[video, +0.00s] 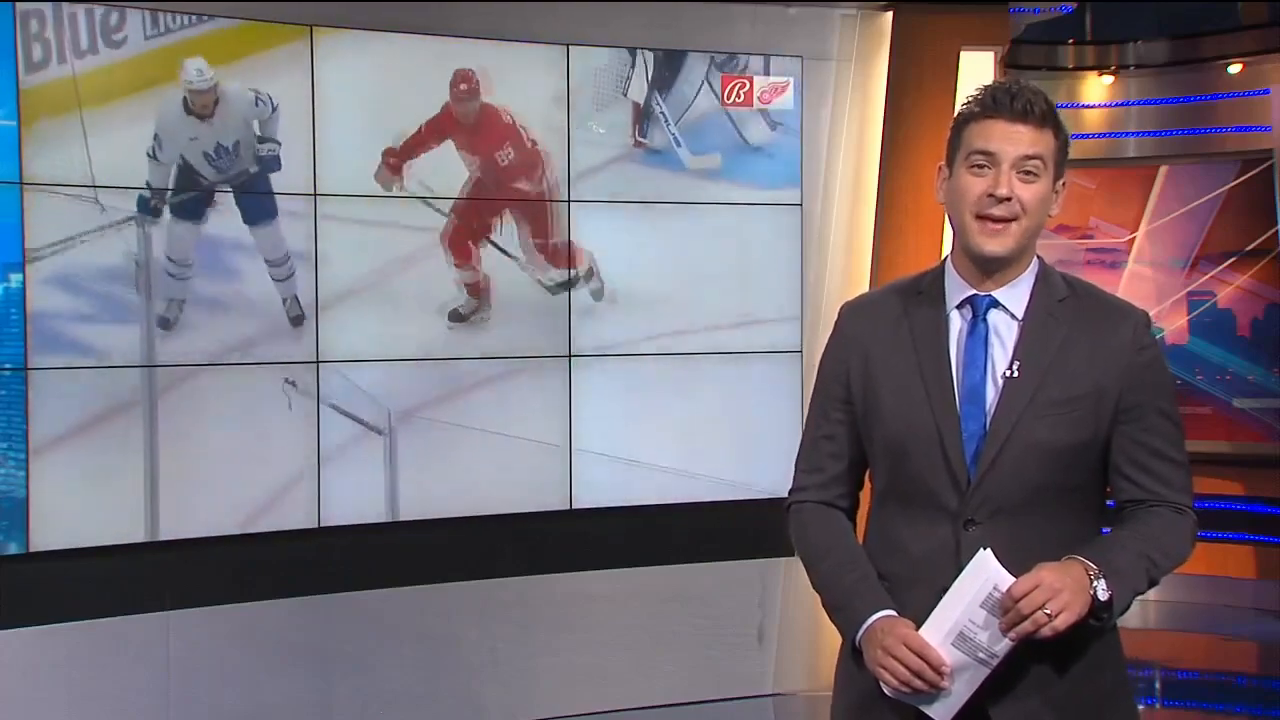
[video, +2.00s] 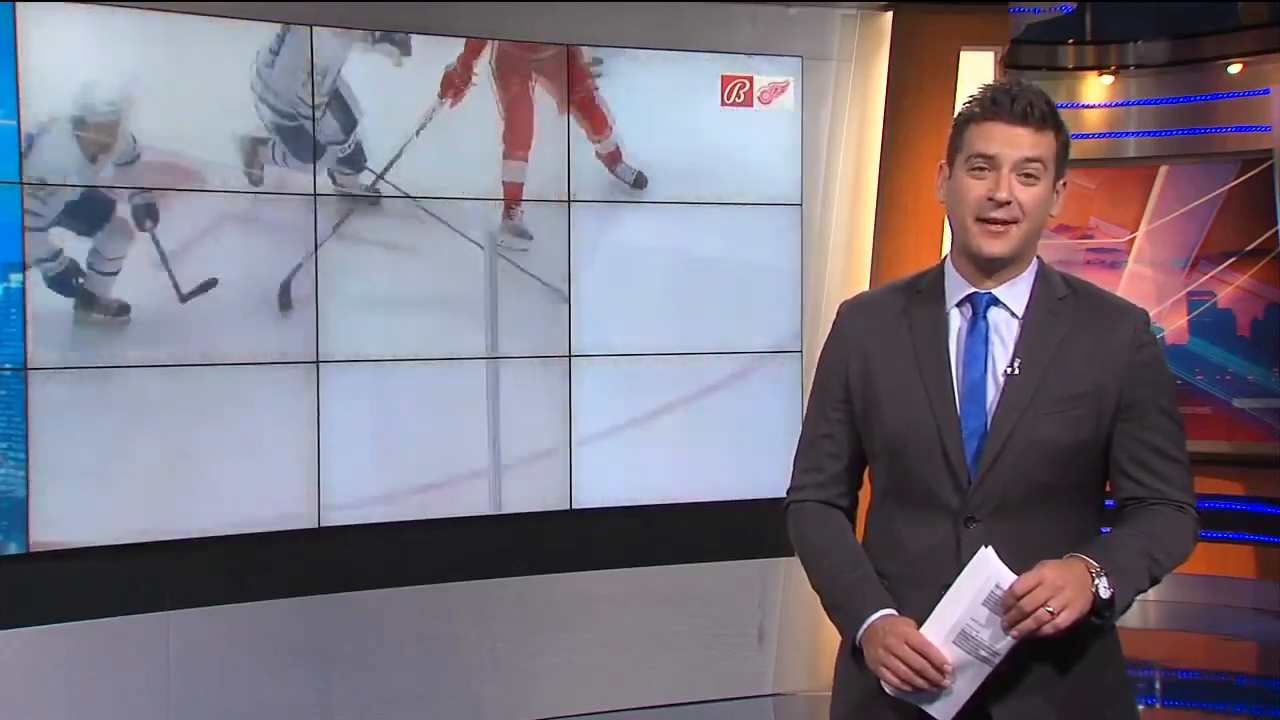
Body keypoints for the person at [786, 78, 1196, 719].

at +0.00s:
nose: (1001, 189)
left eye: (1027, 172)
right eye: (980, 165)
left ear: (1054, 197)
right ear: (944, 183)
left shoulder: (1119, 337)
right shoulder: (866, 327)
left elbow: (1164, 512)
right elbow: (817, 501)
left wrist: (1093, 574)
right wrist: (870, 620)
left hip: (1056, 692)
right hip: (892, 687)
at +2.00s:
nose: (1002, 193)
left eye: (1027, 174)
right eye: (980, 168)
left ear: (1056, 196)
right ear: (944, 183)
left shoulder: (1118, 336)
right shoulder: (864, 327)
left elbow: (1165, 510)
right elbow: (815, 500)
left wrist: (1095, 572)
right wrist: (870, 620)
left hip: (1056, 691)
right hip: (892, 688)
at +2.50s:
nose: (1001, 192)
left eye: (1027, 174)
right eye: (980, 167)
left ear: (1055, 196)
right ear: (945, 184)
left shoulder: (1119, 336)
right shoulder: (865, 327)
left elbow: (1166, 509)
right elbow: (815, 500)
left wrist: (1096, 572)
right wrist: (871, 619)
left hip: (1056, 691)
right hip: (892, 687)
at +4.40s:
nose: (1003, 192)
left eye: (1030, 175)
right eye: (983, 167)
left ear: (1056, 198)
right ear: (946, 183)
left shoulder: (1119, 337)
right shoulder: (865, 328)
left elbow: (1159, 510)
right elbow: (816, 498)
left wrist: (1096, 567)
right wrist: (869, 609)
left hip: (1054, 692)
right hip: (891, 688)